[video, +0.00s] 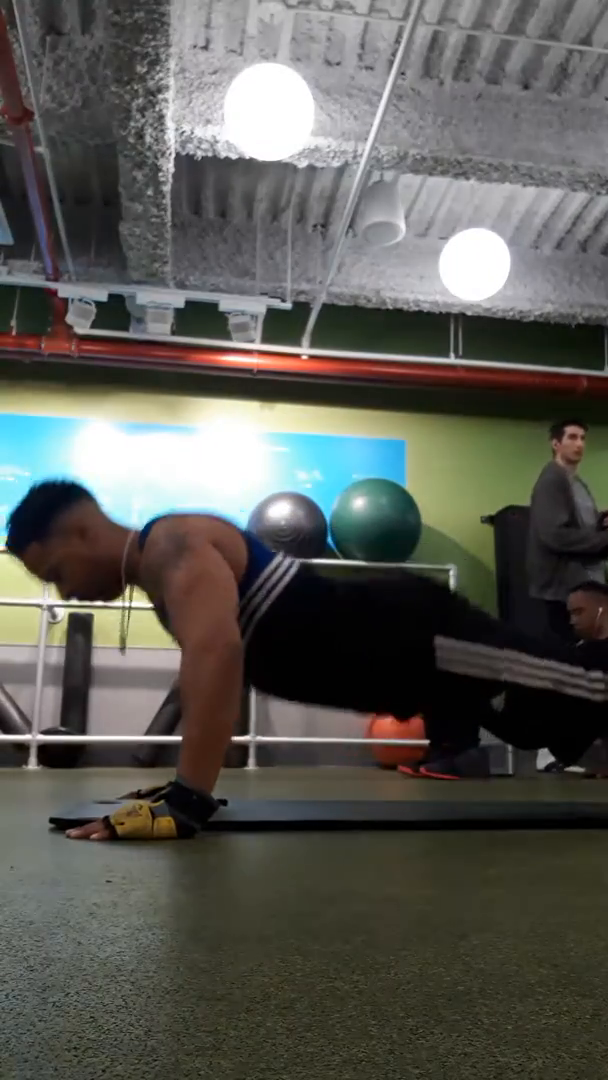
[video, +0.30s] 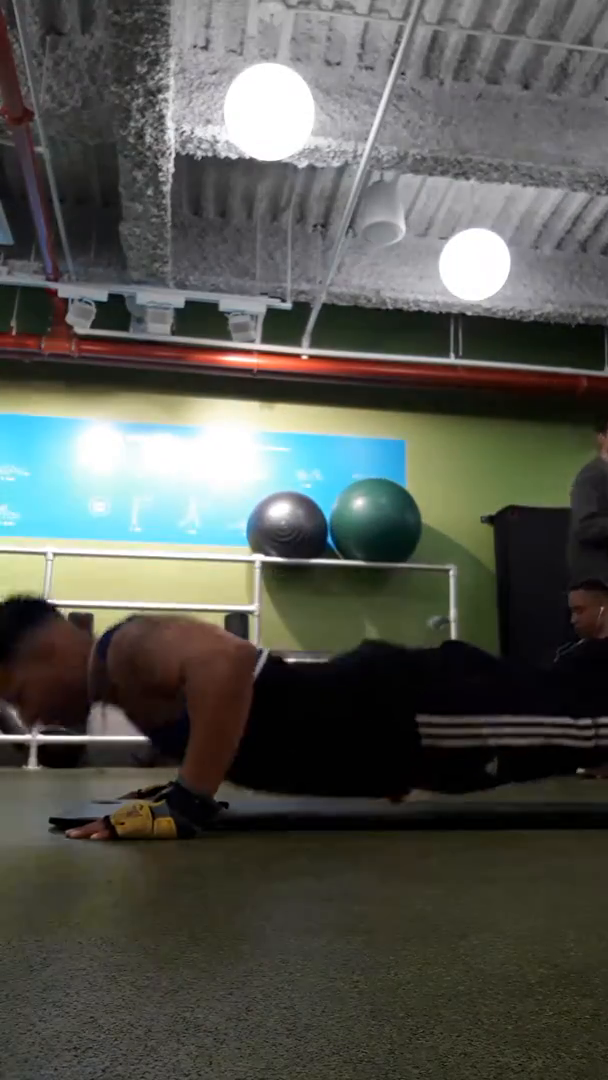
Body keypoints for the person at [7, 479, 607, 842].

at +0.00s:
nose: (63, 594)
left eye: (53, 575)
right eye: (48, 583)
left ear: (78, 534)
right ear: (83, 532)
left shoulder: (174, 543)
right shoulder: (165, 565)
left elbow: (217, 652)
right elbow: (219, 673)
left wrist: (187, 798)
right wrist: (186, 798)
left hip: (421, 642)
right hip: (410, 658)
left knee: (590, 697)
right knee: (568, 712)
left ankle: (591, 622)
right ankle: (588, 626)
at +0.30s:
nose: (21, 712)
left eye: (16, 691)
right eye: (10, 701)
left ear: (53, 640)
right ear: (54, 644)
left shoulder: (129, 647)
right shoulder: (133, 682)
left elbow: (225, 665)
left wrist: (188, 797)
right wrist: (381, 774)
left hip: (406, 713)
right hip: (397, 728)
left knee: (590, 723)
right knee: (568, 711)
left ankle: (592, 637)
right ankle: (591, 634)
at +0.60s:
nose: (22, 764)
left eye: (11, 746)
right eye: (9, 757)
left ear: (40, 699)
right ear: (43, 699)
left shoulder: (119, 688)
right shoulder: (123, 720)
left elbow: (219, 659)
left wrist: (192, 797)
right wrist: (151, 812)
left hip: (387, 733)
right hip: (371, 747)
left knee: (581, 732)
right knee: (545, 721)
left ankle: (592, 642)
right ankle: (584, 641)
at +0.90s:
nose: (43, 656)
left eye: (36, 635)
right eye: (30, 645)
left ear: (63, 596)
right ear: (63, 602)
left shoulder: (148, 607)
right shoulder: (142, 635)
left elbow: (223, 662)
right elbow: (225, 693)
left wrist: (187, 798)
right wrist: (181, 796)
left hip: (383, 669)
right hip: (371, 693)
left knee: (576, 711)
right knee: (553, 733)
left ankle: (586, 644)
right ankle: (582, 641)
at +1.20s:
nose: (82, 528)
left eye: (73, 509)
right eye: (70, 518)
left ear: (105, 465)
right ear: (107, 468)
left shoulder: (181, 498)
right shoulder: (176, 512)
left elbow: (190, 641)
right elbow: (193, 649)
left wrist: (183, 792)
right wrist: (174, 770)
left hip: (423, 593)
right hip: (413, 617)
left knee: (595, 662)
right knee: (558, 726)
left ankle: (587, 608)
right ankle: (579, 616)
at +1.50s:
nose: (37, 658)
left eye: (29, 636)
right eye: (25, 647)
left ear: (56, 596)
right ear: (54, 604)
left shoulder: (143, 609)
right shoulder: (137, 636)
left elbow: (223, 661)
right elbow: (224, 695)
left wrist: (190, 799)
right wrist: (177, 793)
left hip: (386, 678)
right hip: (373, 700)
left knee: (579, 713)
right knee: (557, 715)